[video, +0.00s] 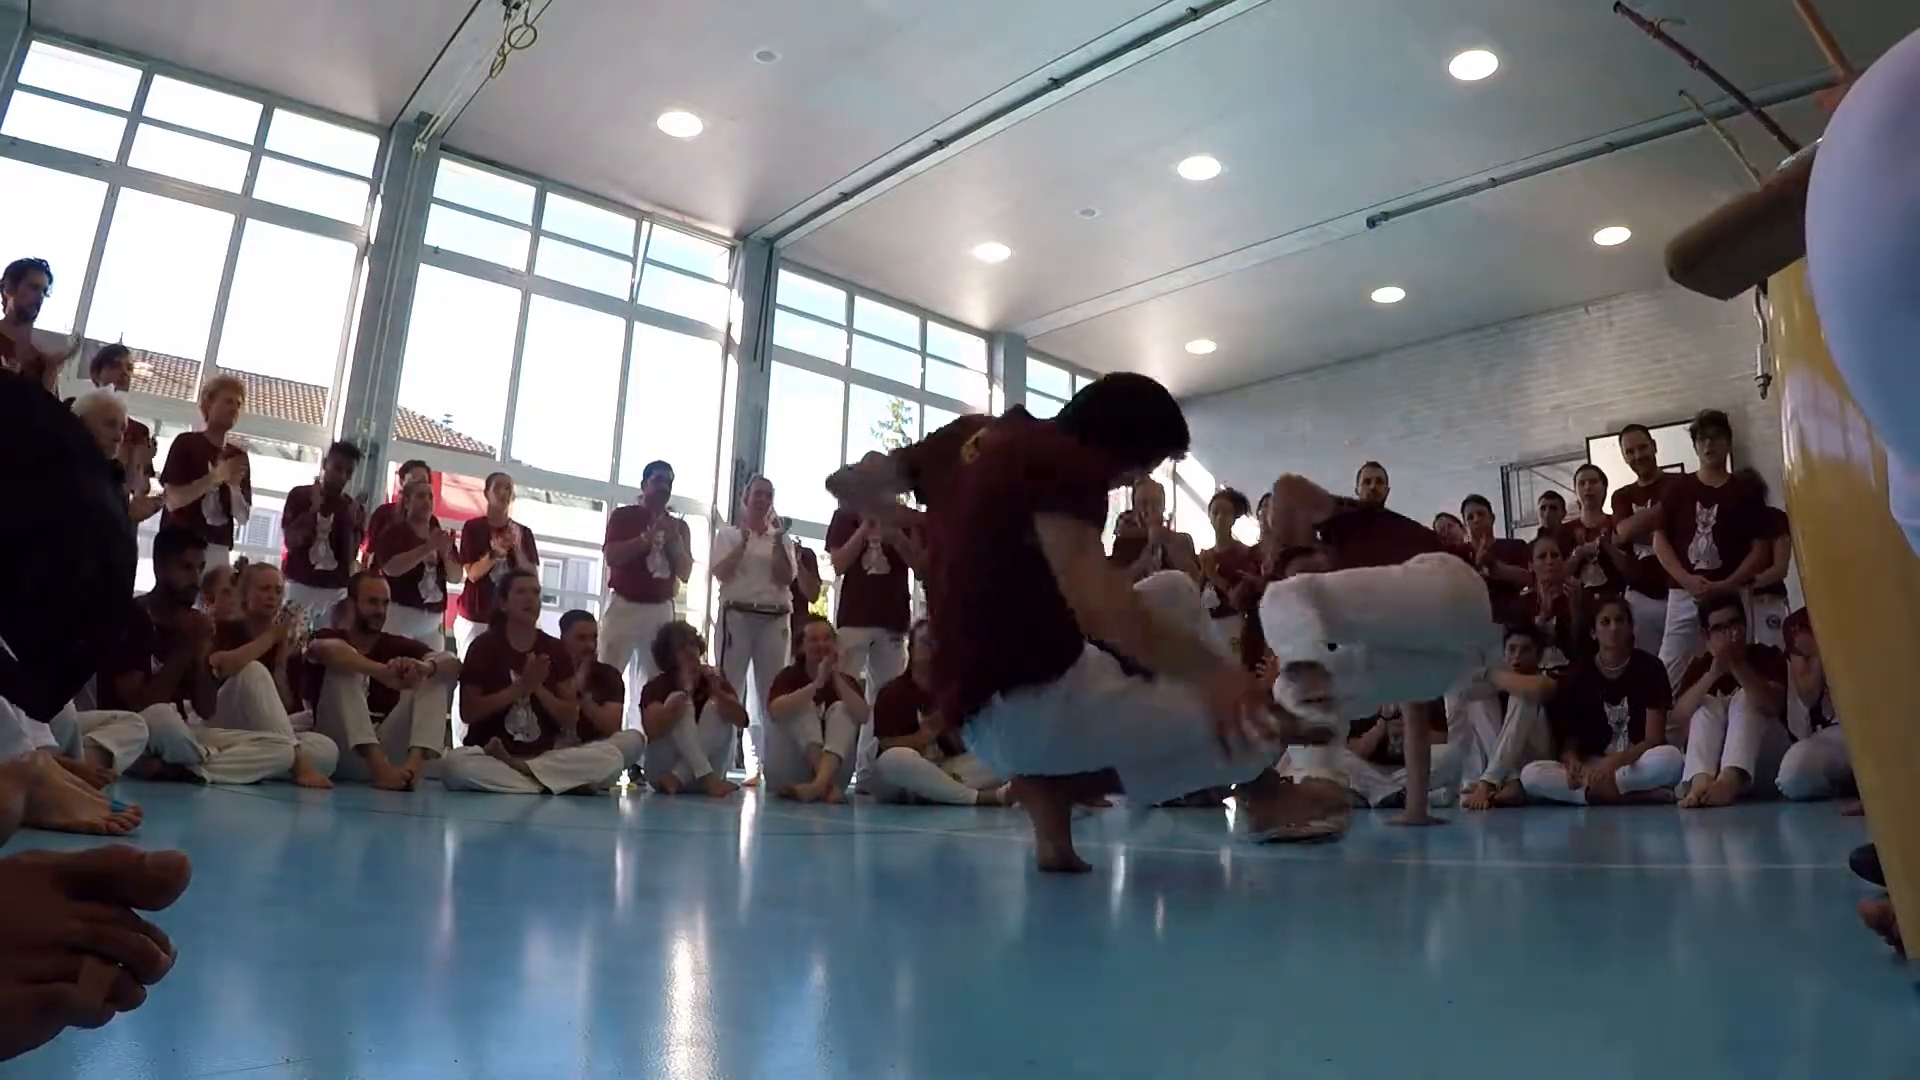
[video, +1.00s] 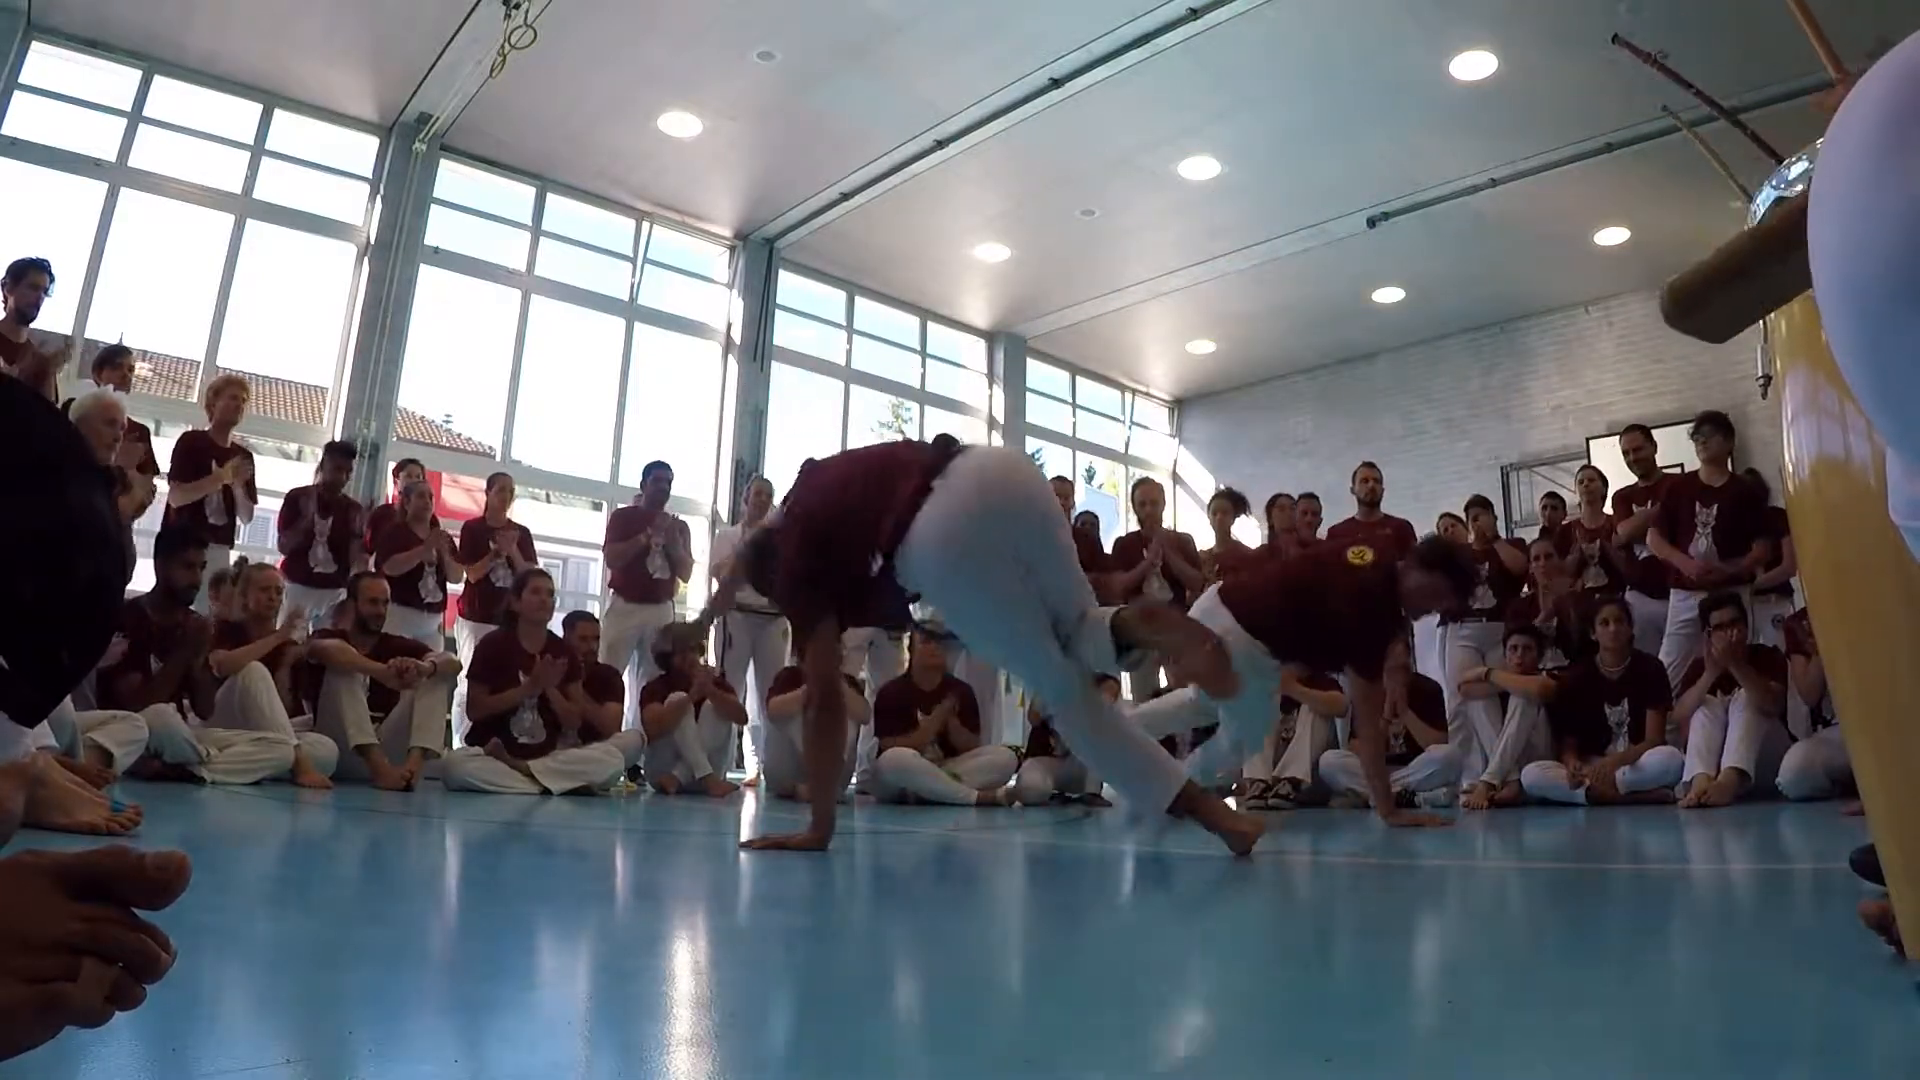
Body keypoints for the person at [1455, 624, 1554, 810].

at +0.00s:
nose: (1517, 657)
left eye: (1525, 650)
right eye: (1511, 650)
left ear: (1538, 654)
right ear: (1504, 653)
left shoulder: (1550, 676)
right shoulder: (1500, 680)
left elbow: (1539, 689)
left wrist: (1490, 675)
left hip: (1545, 755)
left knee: (1524, 694)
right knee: (1478, 697)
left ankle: (1490, 780)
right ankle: (1510, 780)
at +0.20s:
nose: (1517, 657)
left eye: (1525, 650)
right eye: (1512, 650)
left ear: (1538, 653)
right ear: (1505, 653)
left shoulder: (1552, 673)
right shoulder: (1505, 675)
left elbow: (1540, 689)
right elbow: (1464, 687)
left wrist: (1488, 674)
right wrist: (1512, 683)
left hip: (1547, 755)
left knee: (1523, 694)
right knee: (1477, 696)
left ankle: (1490, 780)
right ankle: (1510, 780)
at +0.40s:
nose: (1518, 656)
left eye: (1527, 650)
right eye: (1513, 650)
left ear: (1539, 655)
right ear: (1505, 655)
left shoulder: (1550, 676)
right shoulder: (1501, 678)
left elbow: (1540, 690)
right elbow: (1465, 689)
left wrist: (1488, 673)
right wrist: (1515, 681)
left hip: (1543, 758)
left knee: (1524, 692)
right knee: (1477, 694)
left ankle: (1489, 780)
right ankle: (1510, 780)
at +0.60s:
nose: (1519, 656)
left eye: (1527, 650)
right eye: (1513, 649)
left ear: (1539, 655)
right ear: (1506, 655)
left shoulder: (1550, 677)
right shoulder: (1502, 678)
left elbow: (1539, 690)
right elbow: (1465, 688)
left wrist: (1488, 673)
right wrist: (1515, 682)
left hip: (1543, 759)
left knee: (1524, 692)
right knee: (1477, 695)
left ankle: (1490, 779)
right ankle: (1510, 780)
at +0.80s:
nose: (1520, 655)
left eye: (1528, 649)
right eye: (1514, 649)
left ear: (1539, 655)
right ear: (1506, 655)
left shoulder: (1550, 677)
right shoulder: (1501, 678)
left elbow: (1541, 691)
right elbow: (1465, 688)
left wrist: (1488, 673)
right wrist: (1515, 681)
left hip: (1543, 759)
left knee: (1524, 692)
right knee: (1477, 696)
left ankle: (1490, 779)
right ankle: (1510, 780)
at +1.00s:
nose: (1519, 655)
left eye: (1527, 649)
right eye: (1513, 649)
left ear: (1539, 654)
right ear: (1506, 654)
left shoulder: (1550, 676)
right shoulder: (1500, 678)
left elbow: (1540, 690)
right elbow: (1465, 689)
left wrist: (1488, 673)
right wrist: (1515, 681)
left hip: (1543, 759)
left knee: (1524, 693)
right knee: (1477, 696)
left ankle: (1489, 780)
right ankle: (1510, 780)